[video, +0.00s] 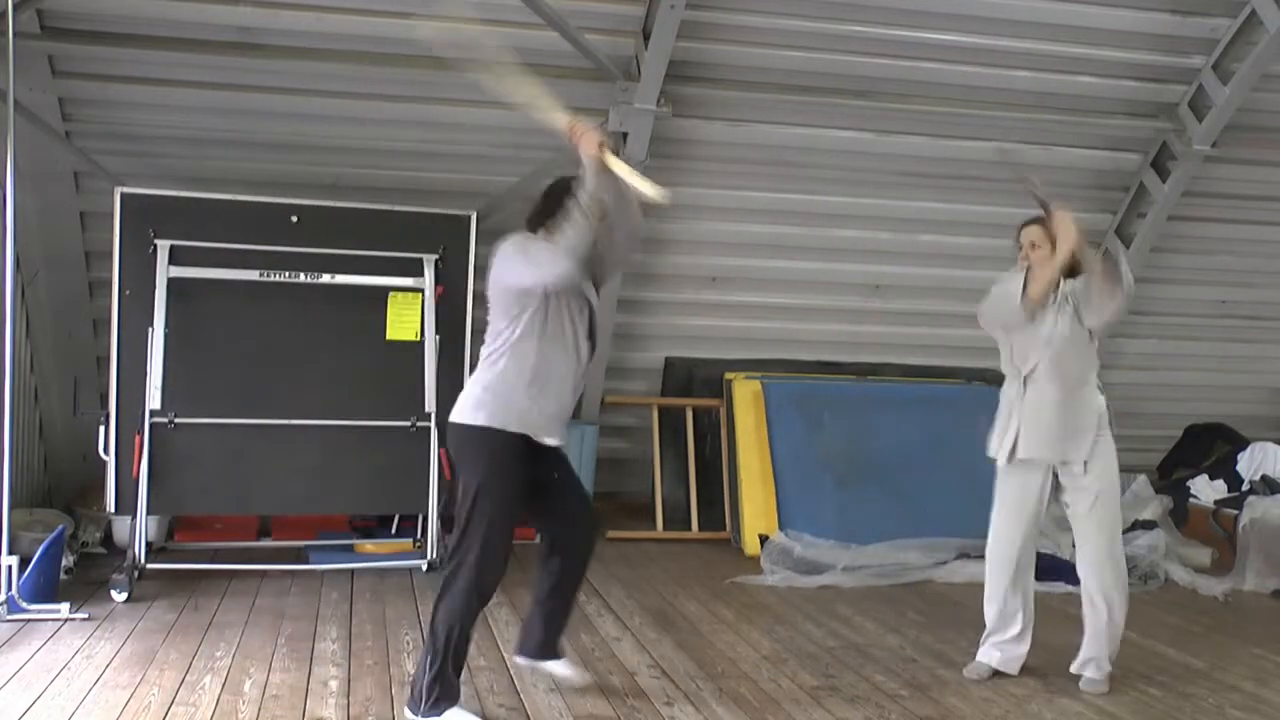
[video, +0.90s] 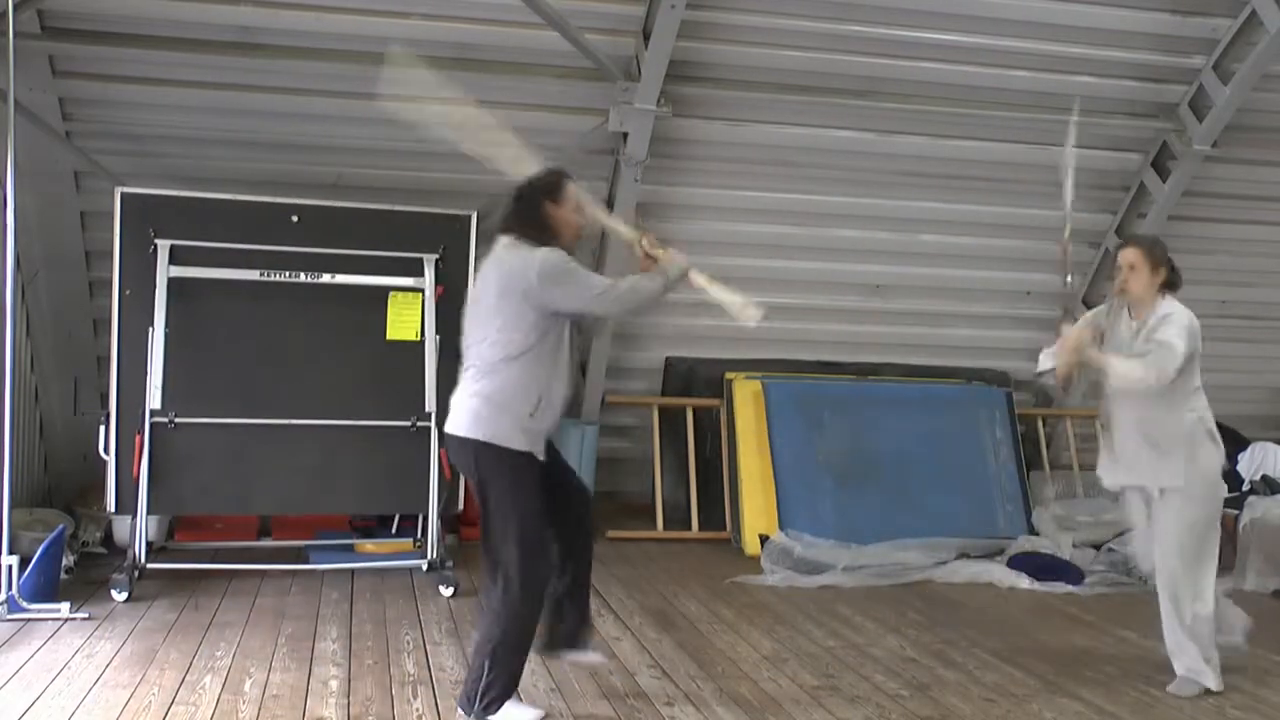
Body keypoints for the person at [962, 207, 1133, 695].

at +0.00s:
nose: (1030, 253)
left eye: (1039, 245)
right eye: (1024, 247)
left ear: (1063, 251)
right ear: (1017, 254)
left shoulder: (1082, 295)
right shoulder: (1006, 293)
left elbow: (1112, 299)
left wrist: (1086, 252)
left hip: (1085, 439)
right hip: (1022, 437)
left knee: (1099, 552)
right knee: (1005, 548)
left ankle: (1096, 661)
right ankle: (999, 651)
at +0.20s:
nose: (1035, 282)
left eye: (1044, 273)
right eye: (1031, 274)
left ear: (1073, 275)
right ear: (1030, 280)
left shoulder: (1105, 313)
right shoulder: (1023, 323)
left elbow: (1102, 373)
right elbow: (1012, 374)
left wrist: (1072, 341)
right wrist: (1045, 349)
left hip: (1112, 460)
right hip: (1048, 462)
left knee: (1142, 559)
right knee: (1015, 553)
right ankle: (995, 652)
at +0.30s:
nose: (1043, 293)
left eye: (1050, 283)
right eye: (1038, 285)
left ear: (1078, 279)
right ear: (1037, 288)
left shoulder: (1119, 311)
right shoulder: (1038, 328)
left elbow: (1119, 365)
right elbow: (1034, 368)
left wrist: (1088, 368)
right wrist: (1056, 389)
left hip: (1138, 458)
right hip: (1074, 462)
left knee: (1153, 561)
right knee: (1028, 552)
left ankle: (1187, 663)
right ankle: (995, 651)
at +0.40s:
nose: (1067, 308)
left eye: (1074, 297)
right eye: (1060, 299)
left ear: (1102, 292)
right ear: (1058, 303)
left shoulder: (1138, 314)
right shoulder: (1065, 342)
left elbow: (1143, 356)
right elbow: (1072, 392)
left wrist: (1136, 398)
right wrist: (1108, 410)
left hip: (1168, 446)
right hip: (1108, 448)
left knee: (1170, 557)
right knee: (1095, 546)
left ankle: (1184, 665)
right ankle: (1100, 632)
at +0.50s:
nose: (1079, 310)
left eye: (1087, 300)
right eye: (1074, 302)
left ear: (1115, 297)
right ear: (1072, 307)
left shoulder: (1147, 314)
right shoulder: (1078, 350)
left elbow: (1173, 343)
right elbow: (1104, 399)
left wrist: (1148, 379)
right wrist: (1130, 406)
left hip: (1178, 458)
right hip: (1127, 467)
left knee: (1174, 562)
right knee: (1139, 559)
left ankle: (1181, 663)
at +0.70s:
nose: (1112, 306)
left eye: (1121, 297)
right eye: (1108, 299)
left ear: (1147, 298)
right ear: (1103, 303)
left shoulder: (1172, 320)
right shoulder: (1106, 341)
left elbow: (1144, 328)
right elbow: (1118, 397)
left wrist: (1091, 332)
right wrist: (1089, 353)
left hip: (1202, 465)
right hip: (1157, 474)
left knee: (1177, 561)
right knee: (1208, 557)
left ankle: (1181, 668)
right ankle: (1255, 633)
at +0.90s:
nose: (1121, 277)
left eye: (1131, 269)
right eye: (1119, 269)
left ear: (1159, 274)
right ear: (1115, 275)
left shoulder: (1177, 321)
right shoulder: (1111, 315)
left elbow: (1156, 373)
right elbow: (1059, 350)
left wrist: (1093, 356)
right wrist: (1065, 353)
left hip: (1187, 466)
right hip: (1137, 464)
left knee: (1177, 566)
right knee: (1153, 561)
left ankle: (1197, 672)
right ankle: (1230, 622)